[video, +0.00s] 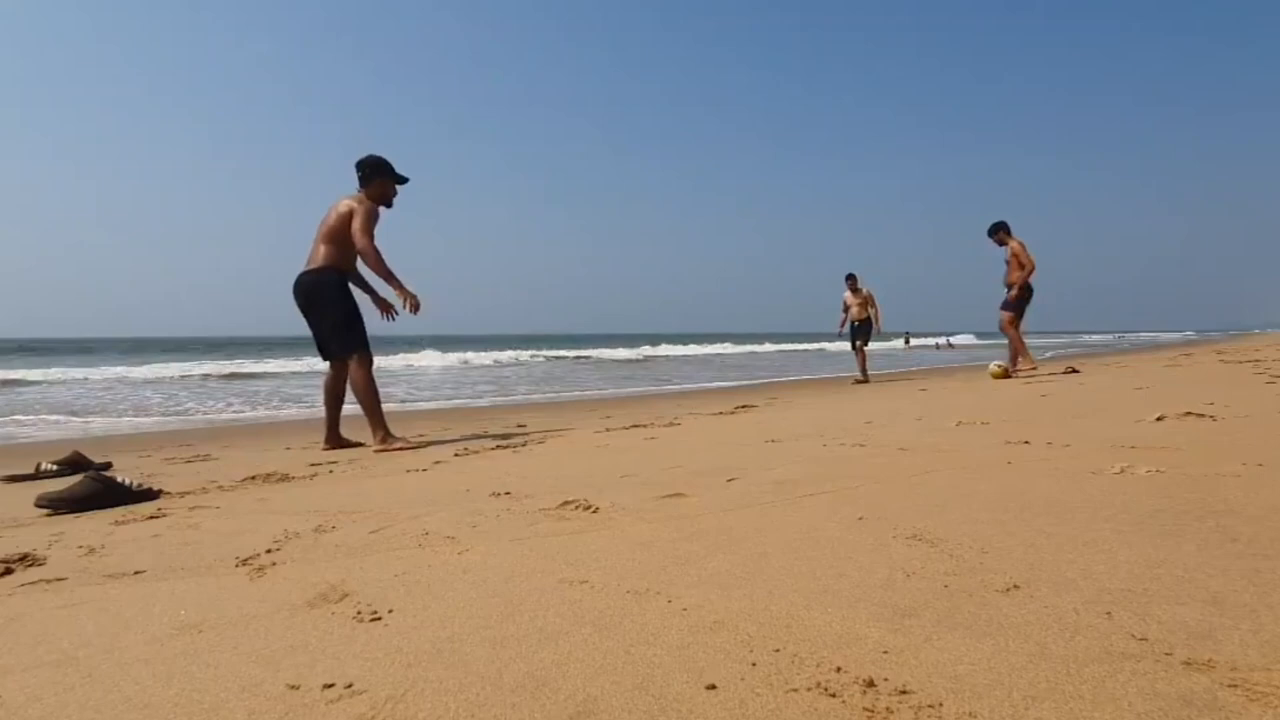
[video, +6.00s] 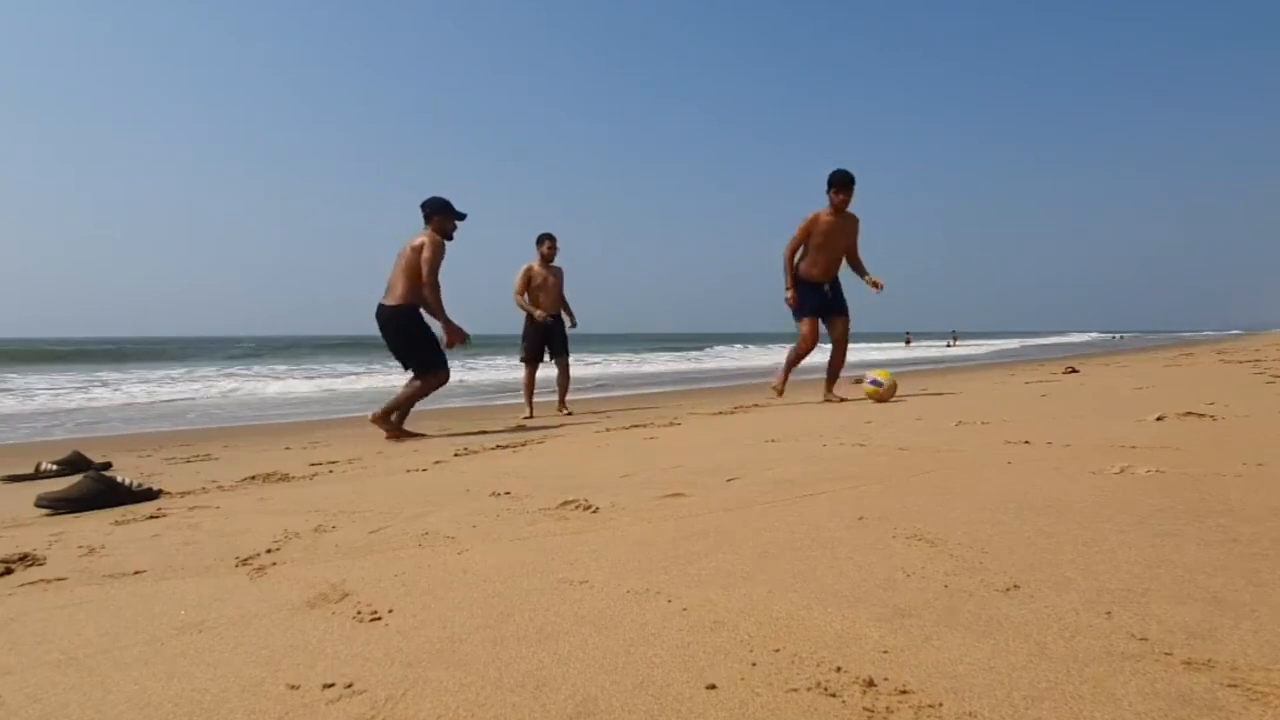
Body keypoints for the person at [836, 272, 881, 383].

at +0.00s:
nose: (851, 287)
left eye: (853, 284)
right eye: (849, 284)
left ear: (857, 283)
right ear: (846, 285)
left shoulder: (865, 293)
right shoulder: (846, 296)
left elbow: (874, 307)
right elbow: (845, 313)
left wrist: (877, 323)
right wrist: (841, 327)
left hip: (865, 320)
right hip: (854, 322)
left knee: (859, 346)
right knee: (856, 349)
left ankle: (864, 374)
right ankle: (863, 374)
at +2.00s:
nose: (826, 279)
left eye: (827, 277)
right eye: (824, 277)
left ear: (830, 278)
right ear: (818, 278)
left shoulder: (833, 293)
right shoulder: (811, 293)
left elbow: (839, 309)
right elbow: (804, 311)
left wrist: (842, 323)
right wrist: (800, 328)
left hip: (829, 323)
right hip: (815, 323)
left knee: (829, 351)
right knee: (815, 354)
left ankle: (830, 378)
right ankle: (817, 378)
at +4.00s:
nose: (742, 266)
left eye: (745, 263)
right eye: (740, 263)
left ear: (751, 263)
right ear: (737, 264)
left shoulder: (759, 279)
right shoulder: (731, 282)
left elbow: (773, 292)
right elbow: (725, 299)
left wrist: (765, 305)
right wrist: (727, 314)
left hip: (757, 315)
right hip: (742, 317)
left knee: (755, 353)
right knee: (750, 356)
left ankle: (756, 388)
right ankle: (765, 381)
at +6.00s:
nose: (553, 252)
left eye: (555, 248)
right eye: (549, 248)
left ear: (556, 250)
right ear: (539, 249)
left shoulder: (558, 271)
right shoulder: (529, 270)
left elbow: (560, 295)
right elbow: (519, 296)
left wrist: (570, 314)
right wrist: (533, 311)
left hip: (556, 321)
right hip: (535, 321)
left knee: (563, 363)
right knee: (531, 366)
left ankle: (562, 403)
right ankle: (529, 407)